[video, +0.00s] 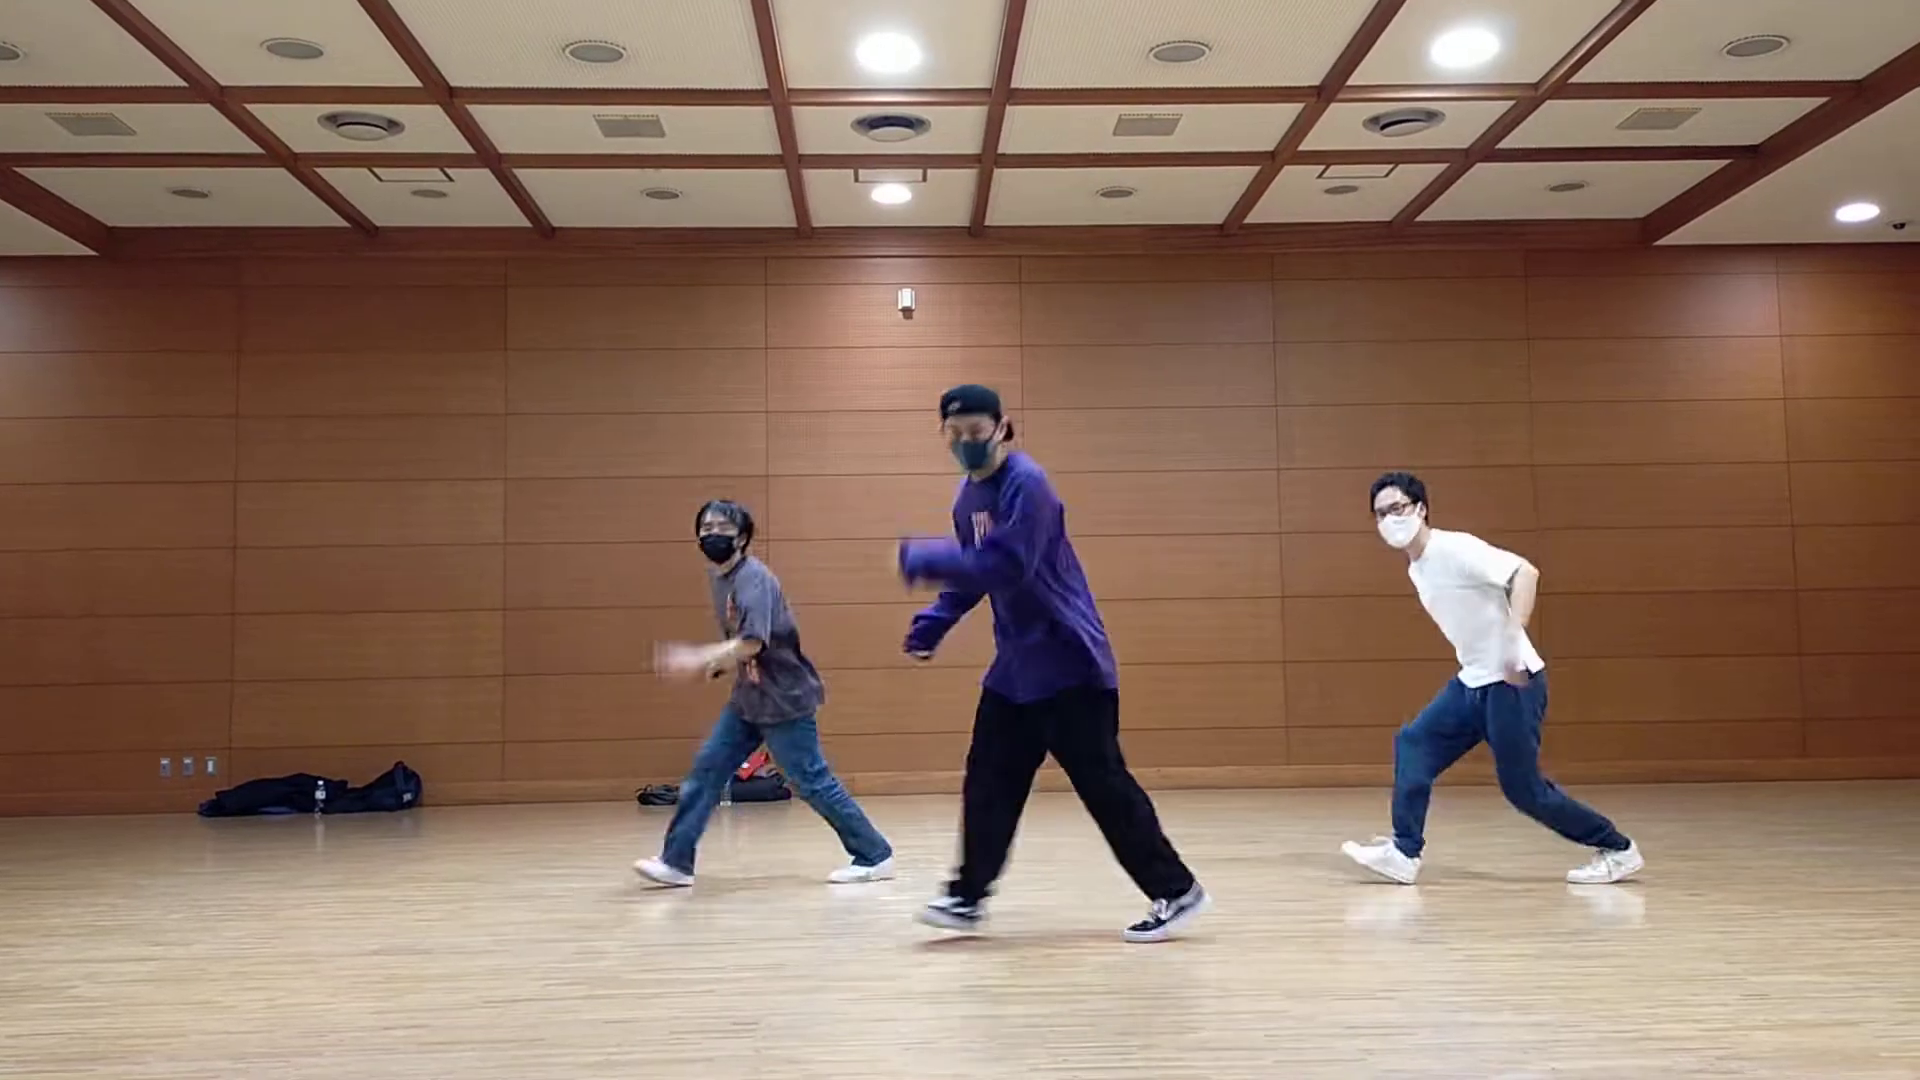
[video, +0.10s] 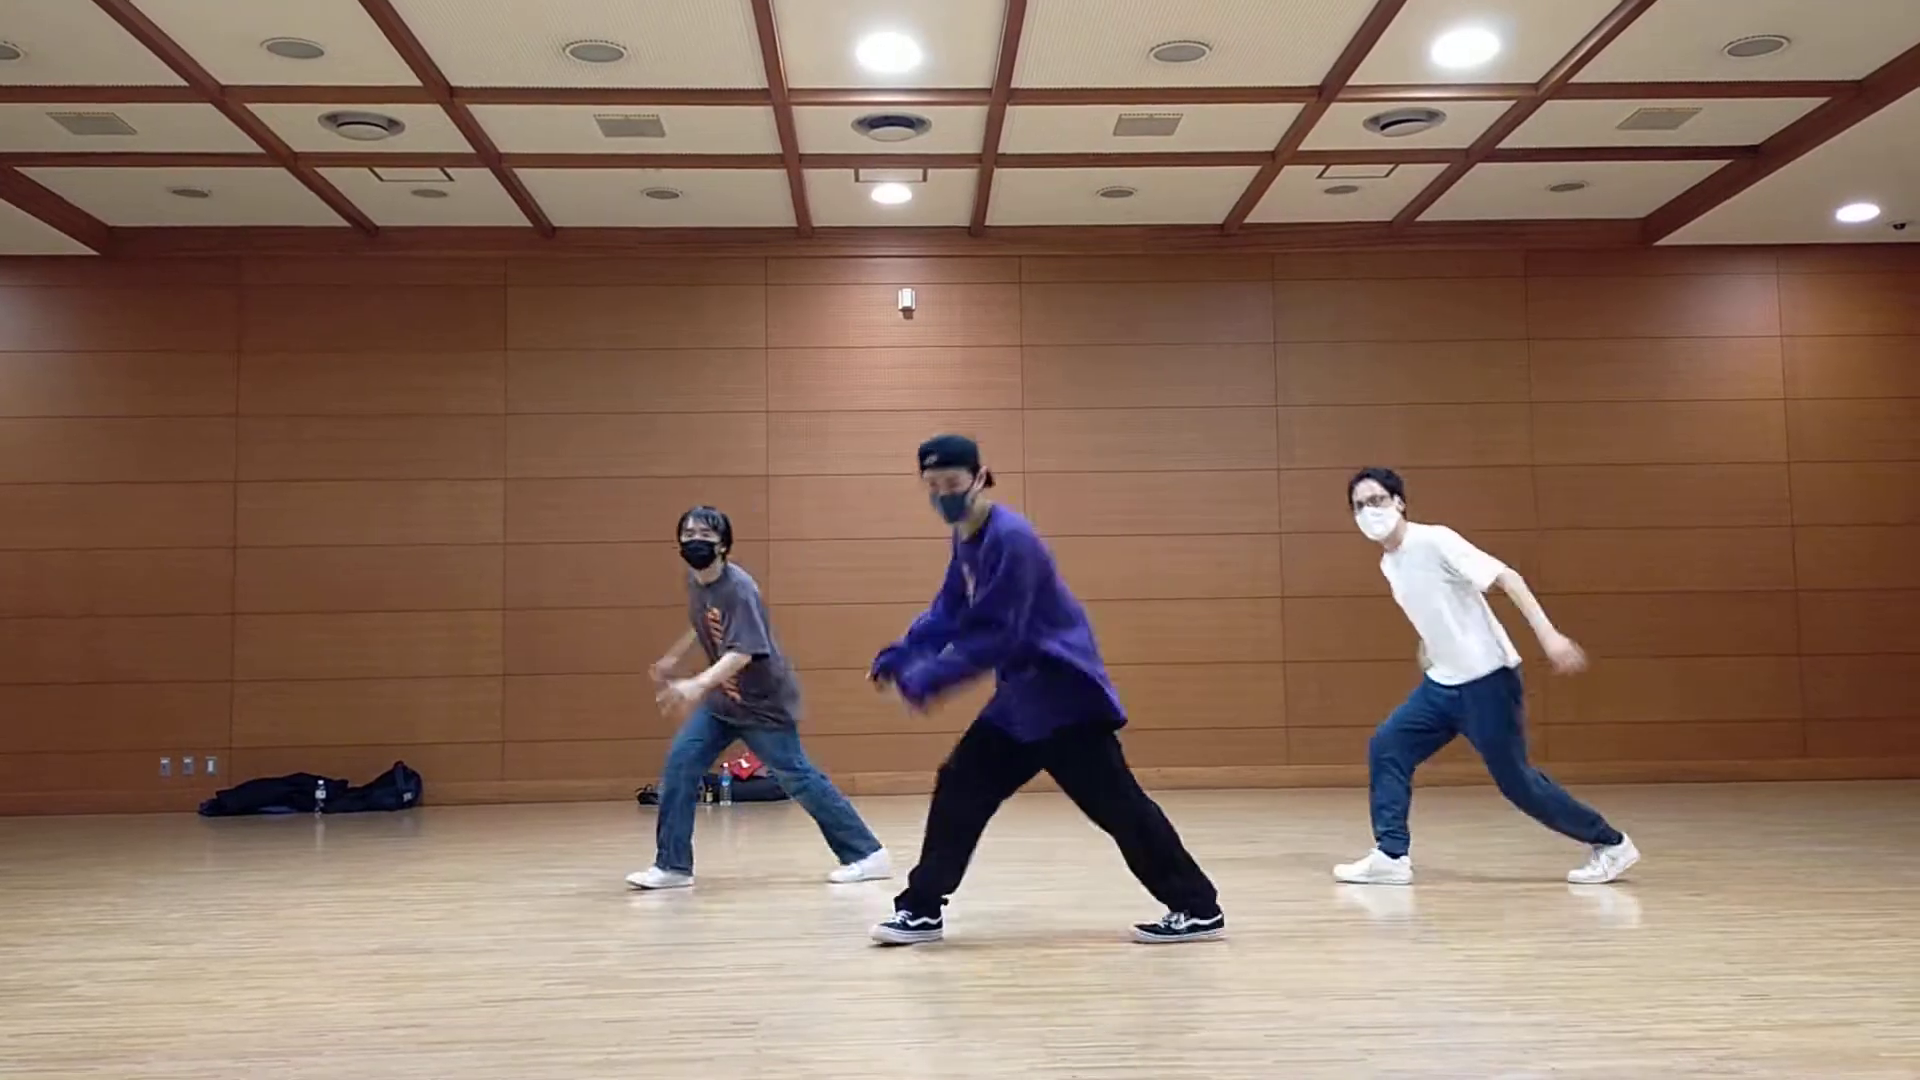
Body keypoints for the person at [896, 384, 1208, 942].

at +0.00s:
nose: (967, 444)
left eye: (977, 432)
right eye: (956, 435)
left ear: (1001, 429)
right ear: (946, 438)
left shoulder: (1029, 485)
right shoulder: (968, 500)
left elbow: (1008, 562)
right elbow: (974, 574)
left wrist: (925, 559)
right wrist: (935, 623)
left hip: (1070, 658)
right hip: (1017, 662)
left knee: (1102, 781)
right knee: (990, 777)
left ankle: (1177, 889)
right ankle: (968, 895)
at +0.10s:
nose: (944, 495)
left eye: (954, 483)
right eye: (934, 486)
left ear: (981, 480)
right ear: (926, 490)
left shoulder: (1011, 540)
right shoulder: (967, 541)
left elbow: (999, 635)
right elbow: (949, 612)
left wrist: (928, 678)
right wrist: (900, 654)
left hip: (1063, 692)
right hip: (1023, 695)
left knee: (1117, 804)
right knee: (961, 785)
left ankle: (1197, 906)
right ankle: (921, 909)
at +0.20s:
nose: (904, 494)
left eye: (915, 483)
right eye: (895, 485)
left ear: (943, 481)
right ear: (889, 488)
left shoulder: (983, 537)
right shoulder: (916, 534)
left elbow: (1012, 634)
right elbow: (913, 613)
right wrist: (894, 681)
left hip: (1033, 682)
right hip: (980, 684)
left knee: (1087, 790)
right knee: (936, 781)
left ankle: (1180, 890)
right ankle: (922, 910)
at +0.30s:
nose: (878, 481)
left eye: (889, 469)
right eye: (867, 472)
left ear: (914, 465)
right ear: (857, 474)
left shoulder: (963, 519)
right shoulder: (870, 529)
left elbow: (1028, 578)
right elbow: (869, 606)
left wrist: (1097, 631)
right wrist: (867, 671)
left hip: (995, 674)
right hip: (933, 675)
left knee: (1014, 778)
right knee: (914, 783)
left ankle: (1096, 858)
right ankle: (921, 910)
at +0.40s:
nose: (858, 469)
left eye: (868, 457)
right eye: (847, 460)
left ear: (893, 452)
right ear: (837, 461)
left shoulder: (954, 498)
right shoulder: (841, 522)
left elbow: (1033, 521)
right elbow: (825, 593)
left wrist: (1113, 536)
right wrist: (816, 658)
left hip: (958, 670)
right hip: (888, 674)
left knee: (949, 783)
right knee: (890, 793)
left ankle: (959, 860)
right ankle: (917, 907)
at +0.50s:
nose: (843, 464)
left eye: (853, 452)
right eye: (833, 455)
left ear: (878, 448)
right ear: (822, 457)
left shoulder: (934, 484)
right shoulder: (816, 523)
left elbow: (1013, 483)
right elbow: (783, 587)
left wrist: (1087, 469)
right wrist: (770, 644)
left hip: (924, 669)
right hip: (854, 676)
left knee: (902, 786)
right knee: (865, 794)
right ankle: (901, 905)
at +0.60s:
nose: (840, 472)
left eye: (849, 460)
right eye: (827, 463)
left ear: (866, 460)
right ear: (813, 467)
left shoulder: (909, 498)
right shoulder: (795, 532)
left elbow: (986, 487)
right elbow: (750, 591)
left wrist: (1043, 438)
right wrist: (752, 629)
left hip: (889, 679)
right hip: (823, 682)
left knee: (860, 793)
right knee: (831, 788)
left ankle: (766, 884)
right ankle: (848, 896)